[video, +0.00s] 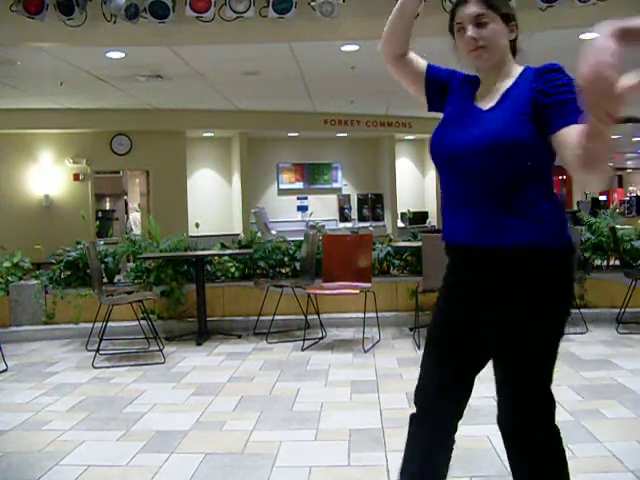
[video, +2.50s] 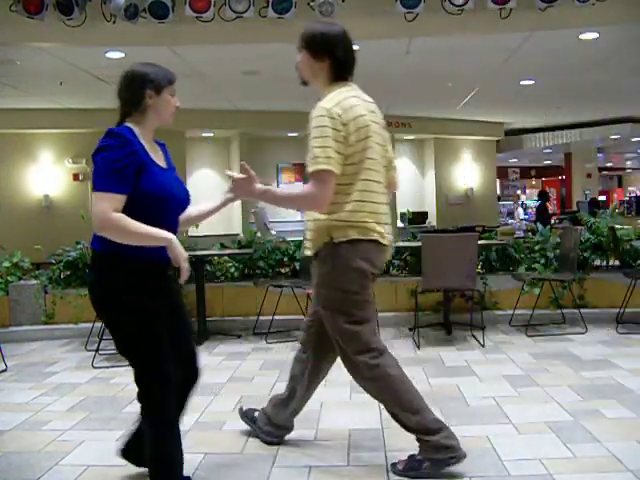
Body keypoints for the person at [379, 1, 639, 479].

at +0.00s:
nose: (471, 34)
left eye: (481, 21)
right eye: (461, 27)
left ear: (510, 28)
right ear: (457, 41)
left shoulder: (543, 81)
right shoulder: (456, 90)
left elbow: (588, 170)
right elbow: (395, 54)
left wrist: (601, 111)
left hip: (534, 269)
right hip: (467, 268)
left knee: (524, 415)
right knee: (433, 409)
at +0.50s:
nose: (382, 72)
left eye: (388, 63)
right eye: (384, 64)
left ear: (414, 62)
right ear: (420, 64)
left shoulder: (434, 102)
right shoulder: (434, 112)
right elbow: (402, 161)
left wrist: (353, 28)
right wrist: (348, 137)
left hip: (418, 279)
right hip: (438, 276)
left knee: (373, 404)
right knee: (411, 397)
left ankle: (439, 475)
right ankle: (438, 474)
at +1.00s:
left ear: (348, 66)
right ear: (395, 65)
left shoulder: (329, 106)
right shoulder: (423, 114)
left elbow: (317, 63)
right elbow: (446, 200)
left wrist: (365, 42)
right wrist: (412, 194)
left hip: (339, 257)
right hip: (405, 256)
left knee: (334, 383)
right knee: (410, 382)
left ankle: (333, 476)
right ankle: (423, 477)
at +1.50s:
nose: (341, 82)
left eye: (338, 74)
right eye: (332, 74)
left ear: (309, 81)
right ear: (306, 80)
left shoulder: (312, 129)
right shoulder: (294, 131)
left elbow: (345, 189)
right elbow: (309, 208)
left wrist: (398, 160)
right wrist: (362, 211)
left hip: (312, 266)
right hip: (300, 268)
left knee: (323, 379)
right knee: (338, 386)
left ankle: (293, 475)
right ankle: (332, 475)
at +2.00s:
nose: (264, 78)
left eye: (263, 70)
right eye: (257, 70)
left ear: (238, 76)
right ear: (230, 75)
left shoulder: (257, 130)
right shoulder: (199, 127)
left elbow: (282, 199)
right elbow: (187, 203)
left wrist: (327, 161)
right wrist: (256, 213)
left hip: (255, 263)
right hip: (208, 265)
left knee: (277, 377)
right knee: (205, 379)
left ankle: (291, 475)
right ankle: (171, 476)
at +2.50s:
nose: (177, 103)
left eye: (175, 95)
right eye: (171, 94)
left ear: (151, 97)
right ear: (150, 97)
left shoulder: (158, 149)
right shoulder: (118, 145)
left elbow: (175, 219)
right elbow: (103, 218)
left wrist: (227, 197)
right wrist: (168, 239)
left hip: (154, 270)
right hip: (120, 273)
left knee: (184, 367)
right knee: (158, 377)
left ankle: (142, 445)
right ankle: (168, 473)